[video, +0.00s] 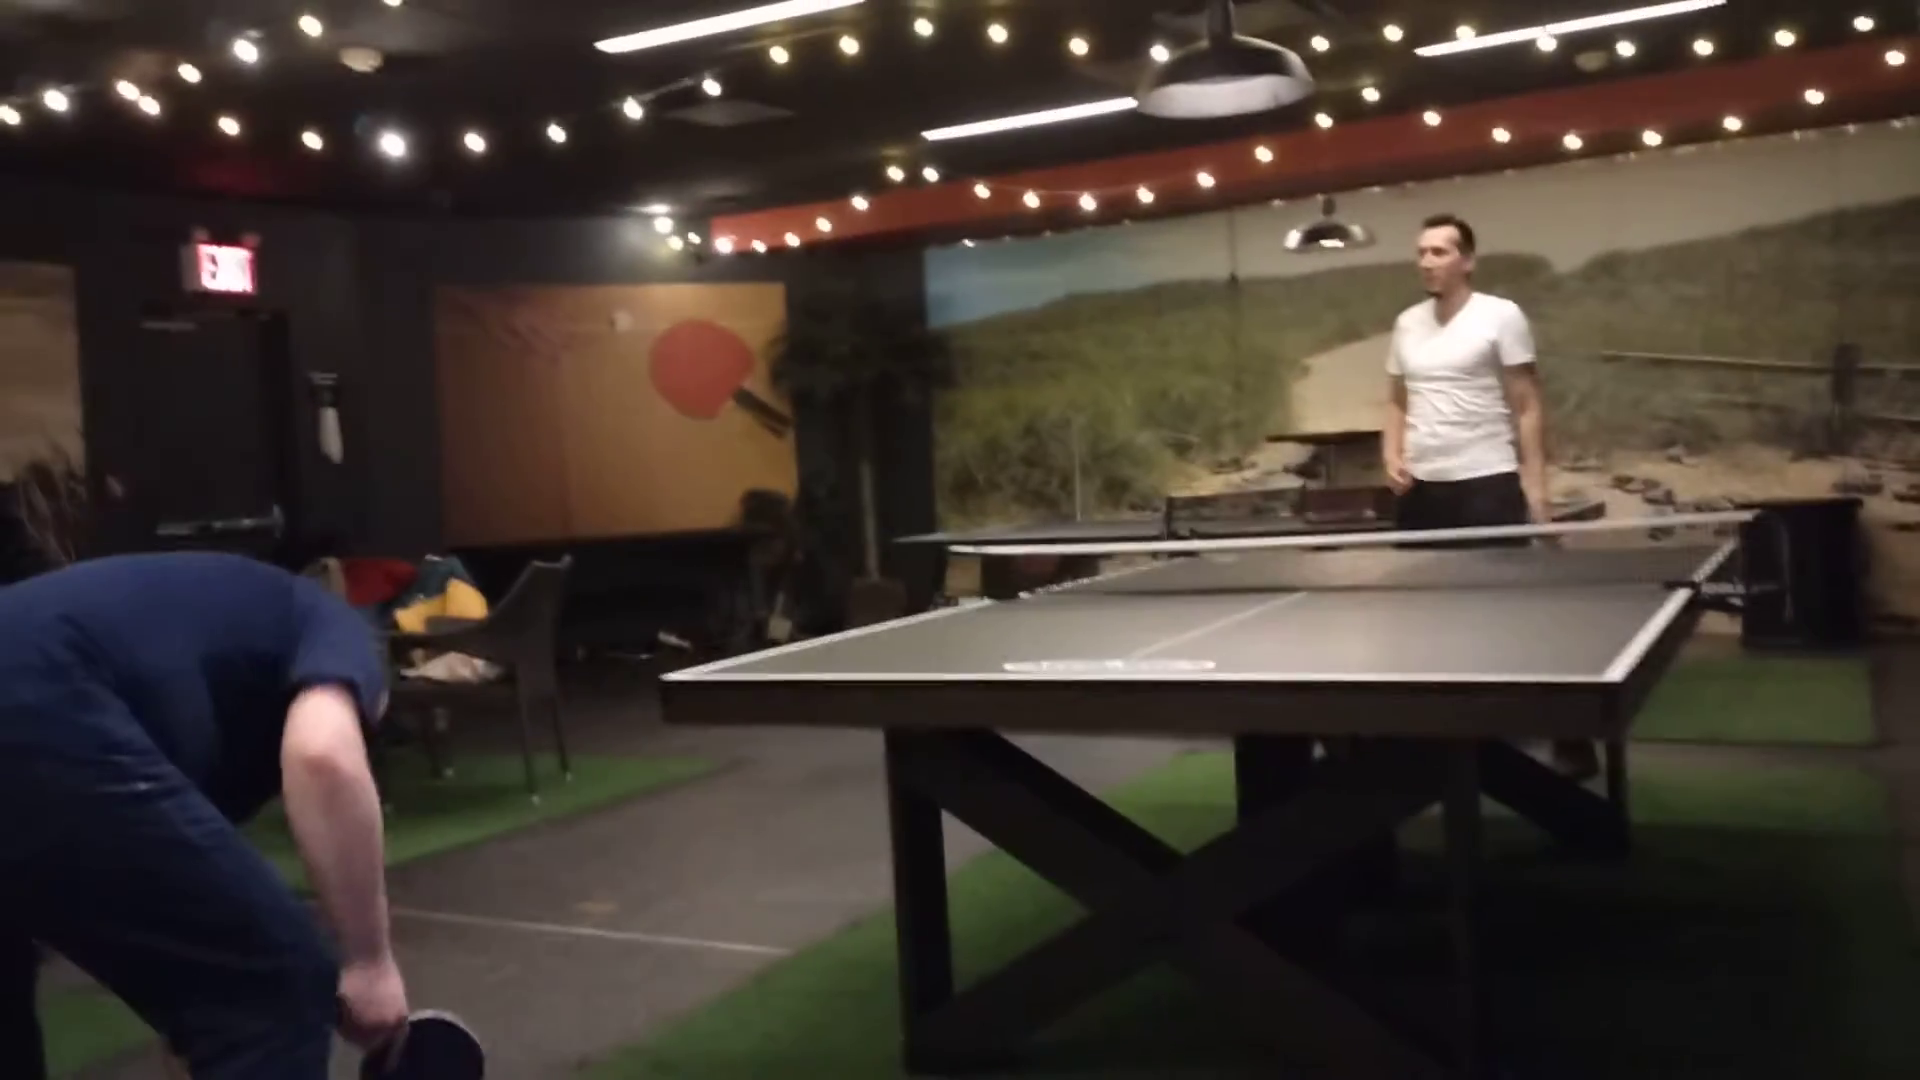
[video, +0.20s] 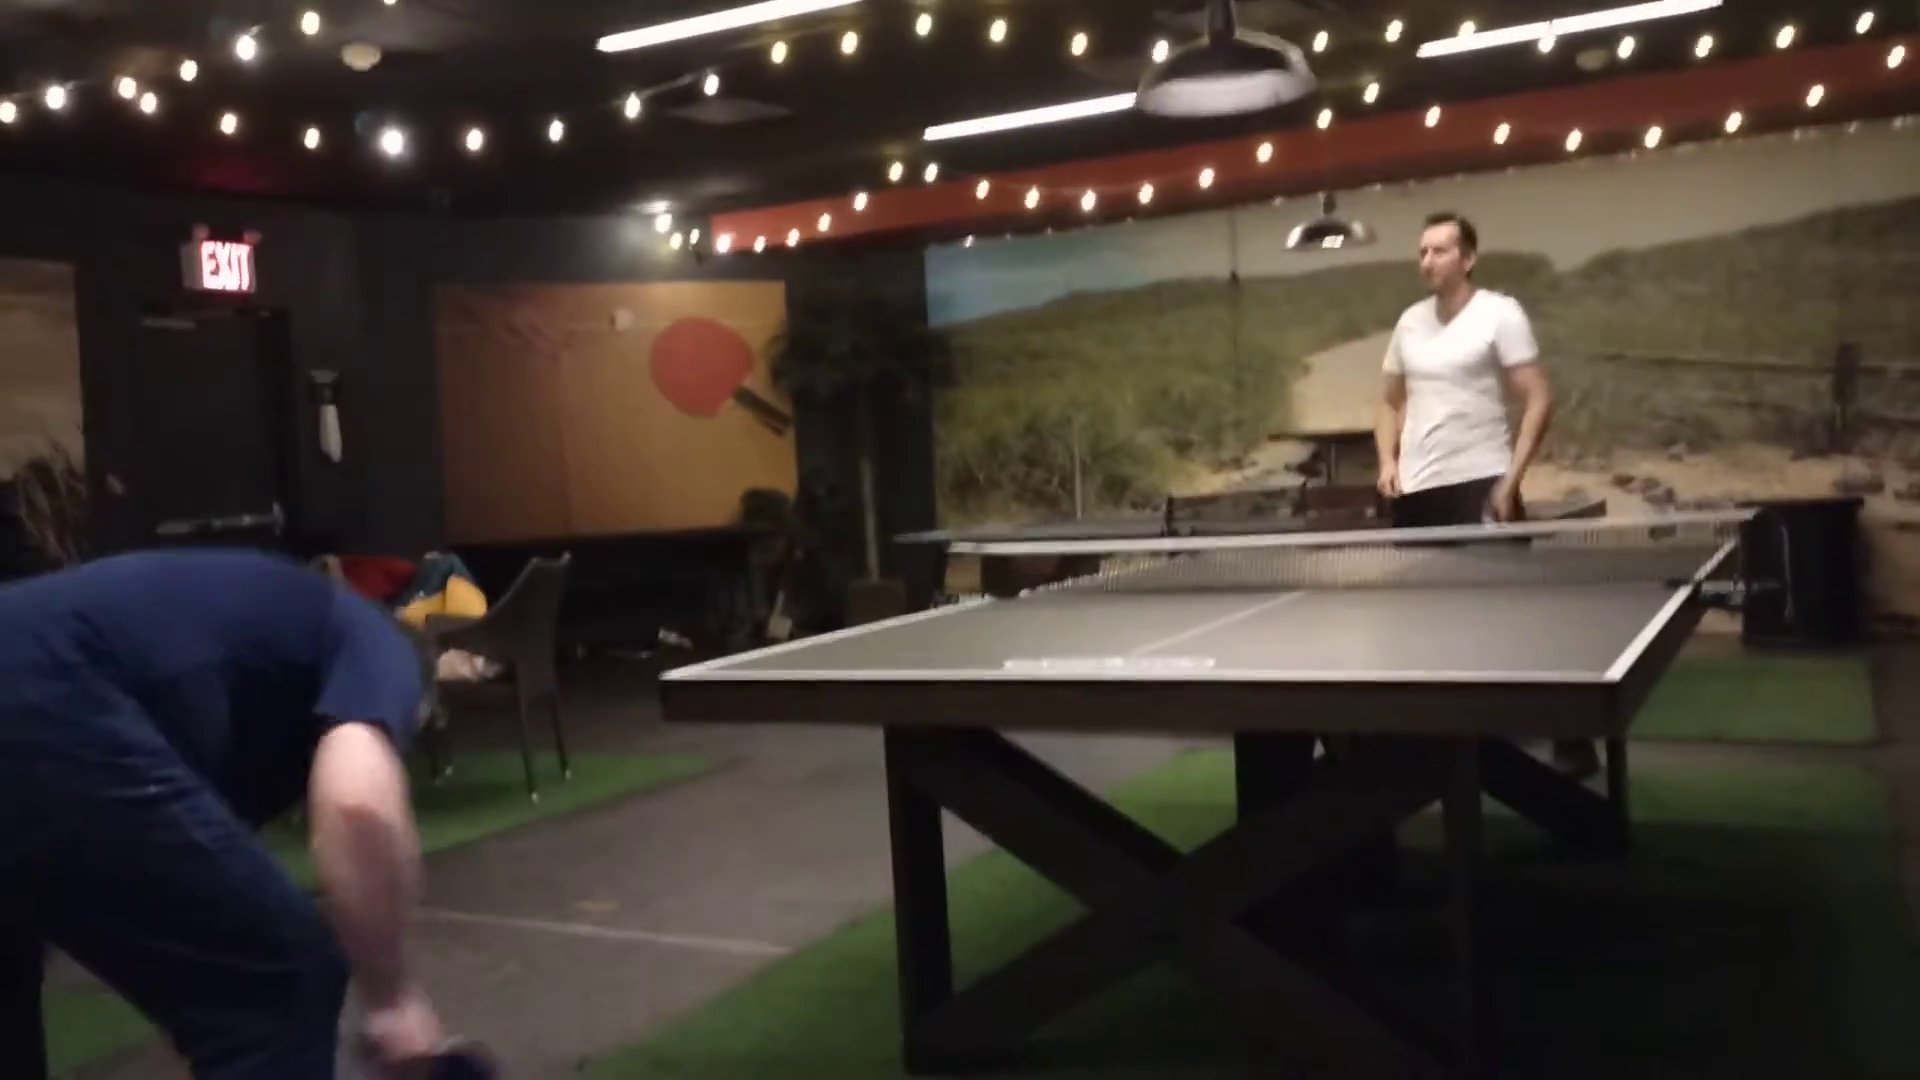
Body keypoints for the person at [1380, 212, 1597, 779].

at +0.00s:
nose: (1429, 261)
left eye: (1440, 252)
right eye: (1423, 253)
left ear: (1468, 260)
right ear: (1418, 262)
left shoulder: (1501, 317)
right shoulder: (1408, 325)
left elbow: (1526, 407)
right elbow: (1397, 401)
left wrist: (1536, 492)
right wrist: (1392, 457)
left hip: (1489, 487)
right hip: (1423, 491)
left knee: (1504, 606)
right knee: (1424, 608)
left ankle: (1564, 737)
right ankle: (1432, 740)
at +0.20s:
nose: (1429, 260)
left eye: (1440, 251)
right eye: (1424, 252)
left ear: (1468, 258)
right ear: (1420, 260)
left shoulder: (1500, 314)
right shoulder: (1410, 323)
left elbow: (1538, 398)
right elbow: (1389, 402)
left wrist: (1510, 483)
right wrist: (1387, 463)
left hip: (1480, 487)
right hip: (1416, 494)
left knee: (1501, 610)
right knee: (1422, 614)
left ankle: (1568, 738)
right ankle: (1431, 743)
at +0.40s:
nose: (1433, 247)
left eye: (1446, 238)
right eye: (1428, 239)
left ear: (1474, 245)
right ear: (1425, 248)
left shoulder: (1504, 300)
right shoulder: (1412, 311)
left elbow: (1551, 376)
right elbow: (1392, 389)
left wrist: (1483, 429)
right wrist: (1392, 452)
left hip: (1487, 480)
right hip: (1423, 485)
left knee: (1521, 599)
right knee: (1429, 605)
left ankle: (1572, 729)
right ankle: (1441, 735)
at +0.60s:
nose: (1432, 236)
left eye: (1444, 227)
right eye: (1425, 228)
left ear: (1470, 236)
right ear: (1420, 237)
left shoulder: (1500, 290)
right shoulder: (1408, 300)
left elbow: (1542, 369)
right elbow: (1390, 378)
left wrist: (1469, 423)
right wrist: (1379, 437)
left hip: (1483, 465)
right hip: (1418, 470)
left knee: (1516, 583)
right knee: (1422, 590)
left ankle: (1563, 718)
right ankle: (1433, 723)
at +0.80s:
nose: (1422, 224)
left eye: (1433, 215)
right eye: (1415, 216)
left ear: (1458, 223)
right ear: (1408, 224)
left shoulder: (1486, 276)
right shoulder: (1393, 285)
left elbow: (1532, 356)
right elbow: (1376, 367)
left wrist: (1489, 427)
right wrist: (1363, 433)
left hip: (1466, 459)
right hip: (1399, 465)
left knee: (1503, 575)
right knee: (1404, 583)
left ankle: (1544, 707)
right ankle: (1414, 712)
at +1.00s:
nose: (1400, 215)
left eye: (1412, 205)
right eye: (1393, 206)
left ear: (1435, 212)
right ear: (1385, 213)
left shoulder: (1465, 262)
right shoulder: (1372, 267)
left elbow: (1524, 329)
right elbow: (1368, 337)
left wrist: (1509, 408)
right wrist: (1351, 393)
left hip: (1442, 441)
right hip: (1375, 443)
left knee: (1473, 561)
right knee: (1375, 564)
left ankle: (1519, 691)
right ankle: (1383, 691)